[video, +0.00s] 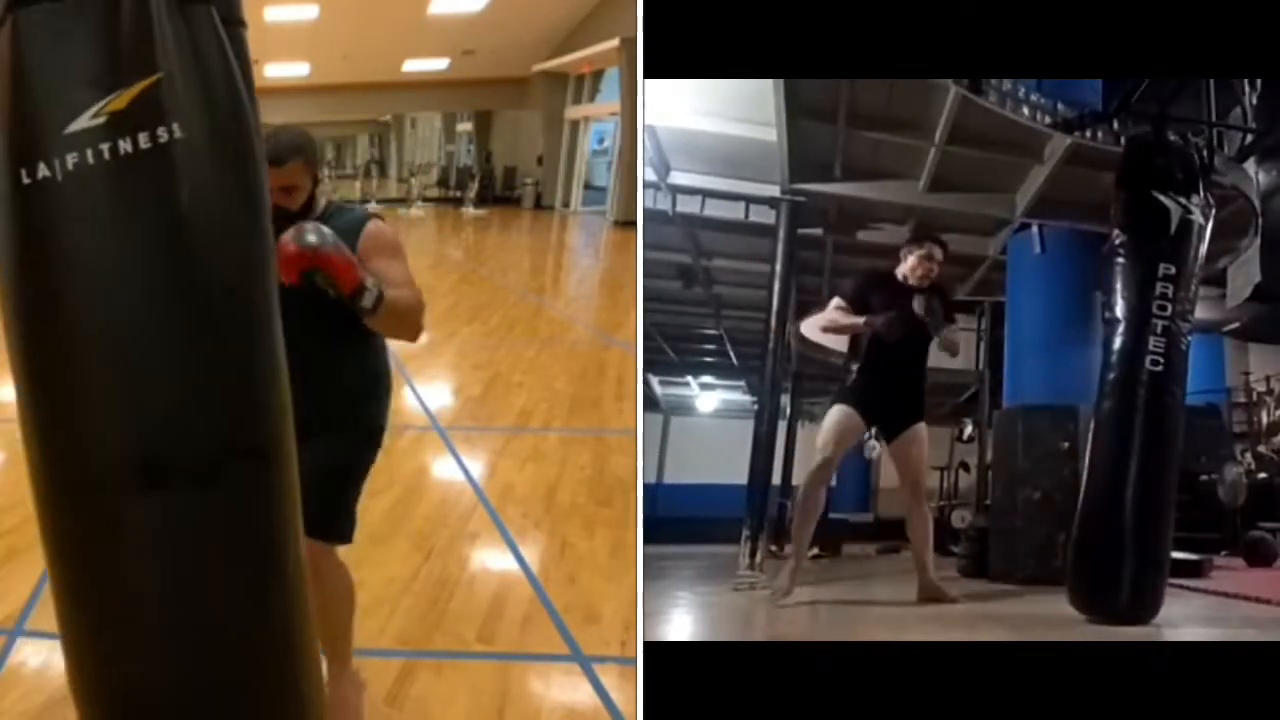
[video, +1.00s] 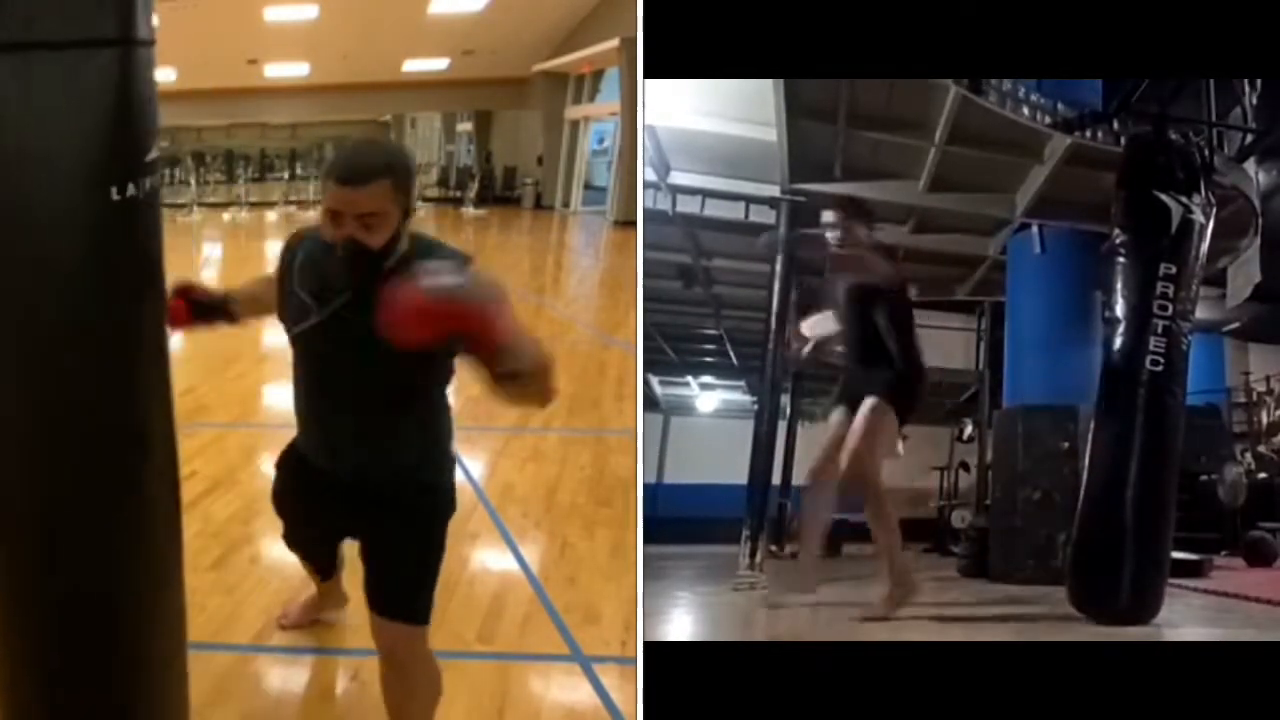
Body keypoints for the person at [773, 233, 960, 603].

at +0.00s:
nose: (929, 268)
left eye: (936, 263)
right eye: (925, 258)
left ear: (938, 269)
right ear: (905, 255)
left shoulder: (935, 298)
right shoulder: (874, 284)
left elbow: (954, 348)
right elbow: (820, 322)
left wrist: (937, 325)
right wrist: (868, 322)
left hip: (906, 402)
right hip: (861, 394)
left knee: (918, 491)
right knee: (823, 464)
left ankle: (927, 581)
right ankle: (794, 564)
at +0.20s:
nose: (916, 264)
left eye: (923, 259)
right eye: (911, 255)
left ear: (928, 264)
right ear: (891, 254)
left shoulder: (924, 295)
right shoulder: (862, 283)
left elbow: (950, 345)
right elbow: (818, 317)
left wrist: (934, 325)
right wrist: (868, 309)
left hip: (903, 398)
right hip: (857, 393)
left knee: (923, 486)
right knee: (822, 481)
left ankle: (926, 580)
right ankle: (801, 585)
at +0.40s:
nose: (902, 261)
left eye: (907, 256)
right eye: (895, 253)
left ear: (910, 261)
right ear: (872, 251)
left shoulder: (908, 292)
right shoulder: (845, 281)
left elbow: (931, 343)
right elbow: (808, 319)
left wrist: (930, 309)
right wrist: (858, 296)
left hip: (891, 399)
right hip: (845, 396)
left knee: (911, 492)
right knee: (813, 483)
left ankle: (917, 585)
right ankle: (799, 586)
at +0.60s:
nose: (888, 249)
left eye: (894, 245)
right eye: (882, 240)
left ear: (896, 251)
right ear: (861, 238)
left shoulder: (898, 286)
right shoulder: (828, 273)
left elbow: (919, 343)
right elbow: (790, 317)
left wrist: (912, 309)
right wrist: (839, 300)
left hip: (883, 389)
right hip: (835, 387)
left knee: (908, 469)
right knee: (808, 478)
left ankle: (906, 579)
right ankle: (798, 586)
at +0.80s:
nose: (880, 253)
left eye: (888, 248)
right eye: (872, 244)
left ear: (894, 256)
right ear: (853, 247)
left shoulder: (897, 294)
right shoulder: (821, 285)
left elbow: (917, 344)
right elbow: (780, 329)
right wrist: (816, 325)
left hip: (879, 396)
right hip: (833, 395)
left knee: (877, 472)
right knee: (791, 492)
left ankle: (891, 592)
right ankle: (796, 589)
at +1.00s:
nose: (834, 236)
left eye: (842, 228)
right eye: (830, 228)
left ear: (864, 229)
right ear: (828, 231)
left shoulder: (881, 269)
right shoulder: (850, 277)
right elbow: (860, 338)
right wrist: (819, 338)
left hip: (892, 380)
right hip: (859, 381)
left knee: (860, 469)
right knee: (822, 474)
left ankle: (899, 579)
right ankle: (806, 574)